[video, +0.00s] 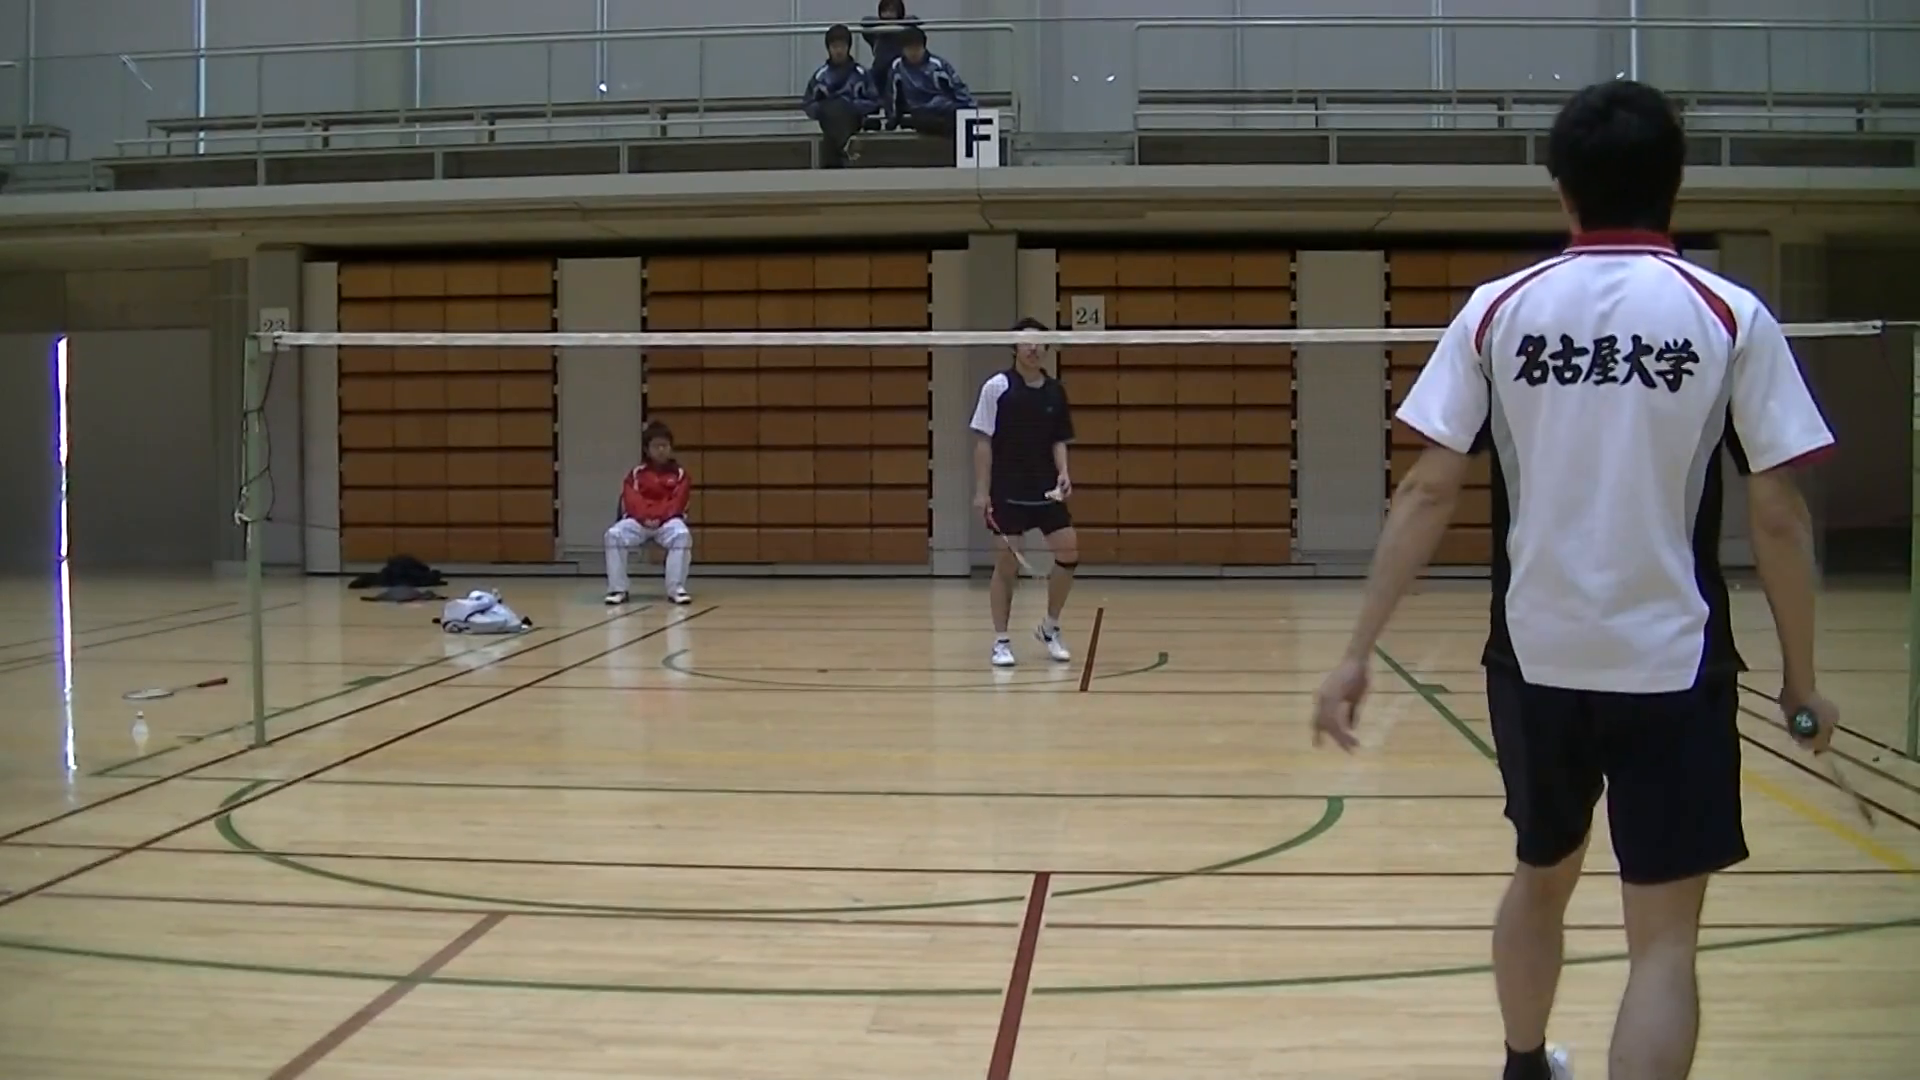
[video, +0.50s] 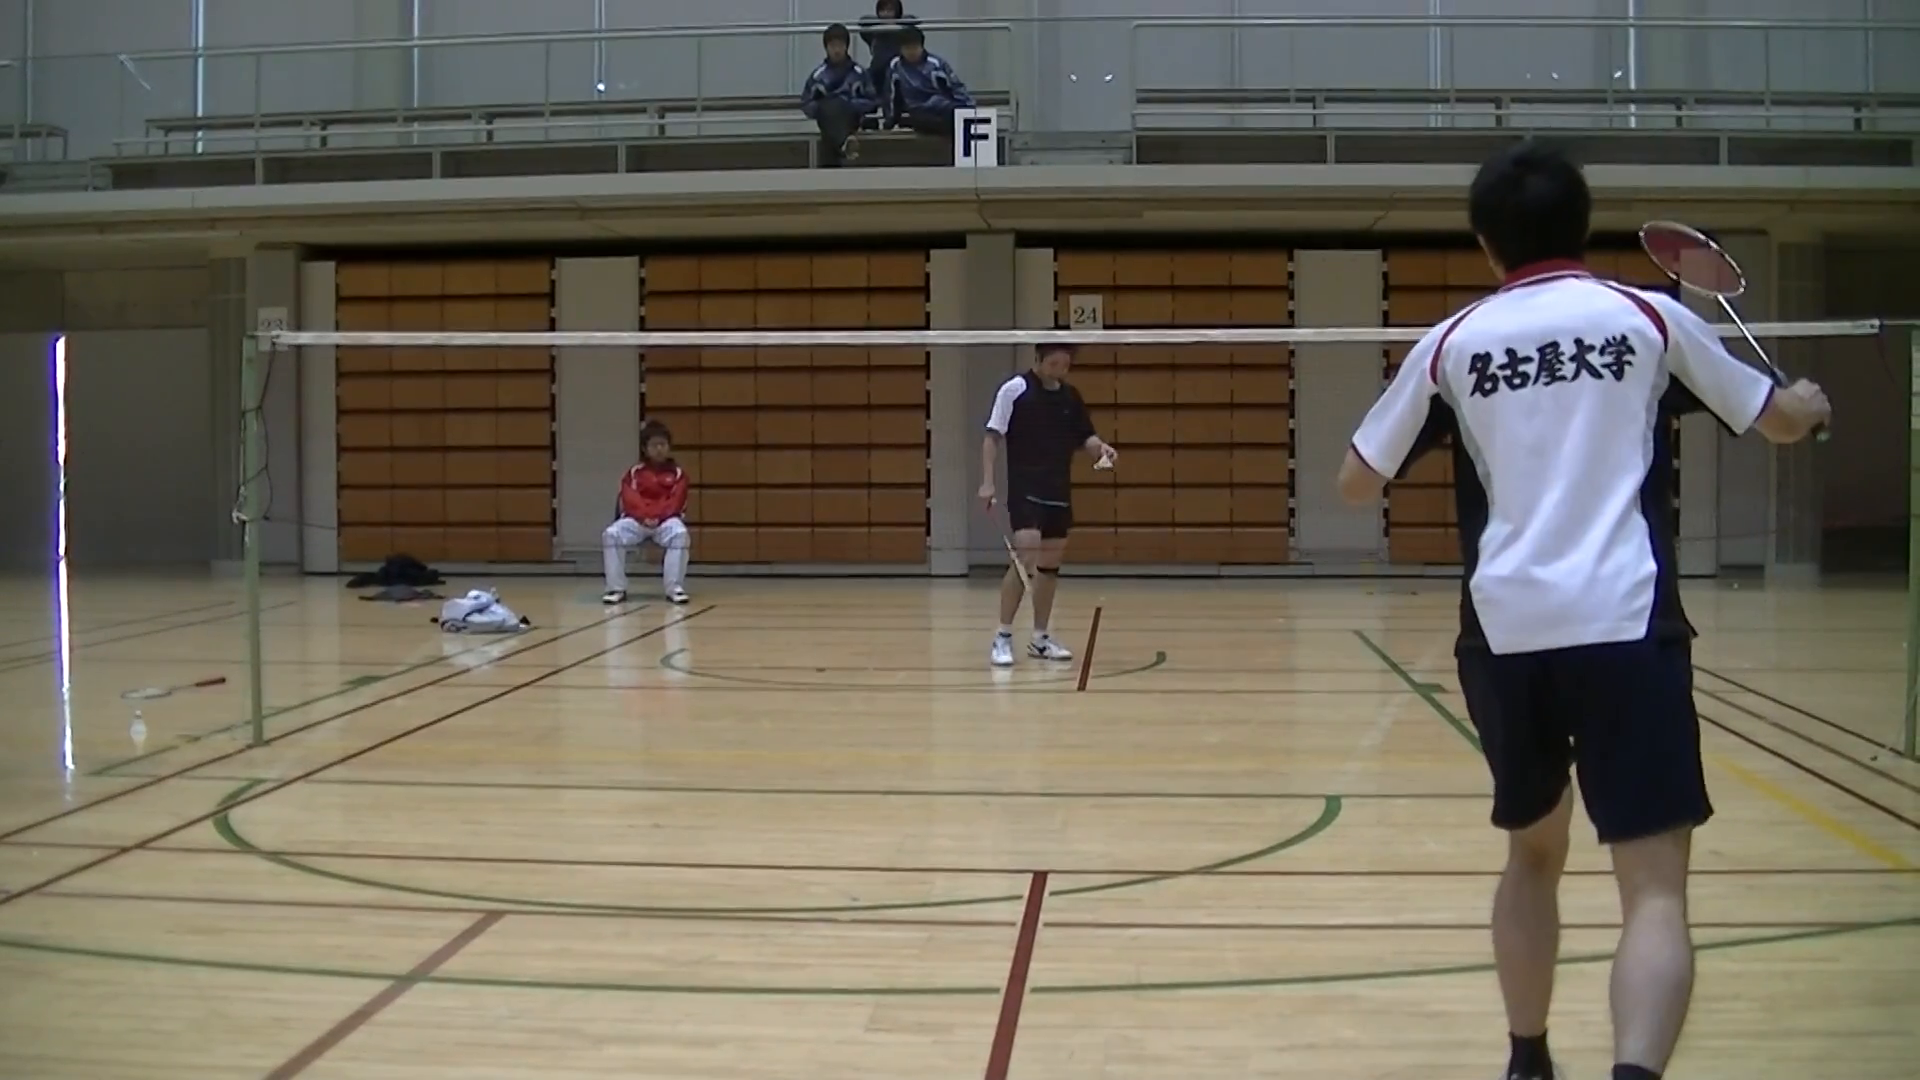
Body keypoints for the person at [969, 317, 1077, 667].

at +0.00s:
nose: (1034, 351)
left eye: (1039, 345)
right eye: (1027, 345)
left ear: (1045, 348)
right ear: (1015, 349)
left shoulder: (1053, 389)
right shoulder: (996, 386)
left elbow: (1058, 438)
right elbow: (983, 440)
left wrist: (1063, 472)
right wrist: (982, 490)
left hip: (1045, 488)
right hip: (1007, 489)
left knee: (1068, 552)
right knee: (1007, 562)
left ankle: (1050, 627)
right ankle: (1001, 641)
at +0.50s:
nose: (1062, 370)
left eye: (1065, 365)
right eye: (1057, 364)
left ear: (1068, 365)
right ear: (1040, 361)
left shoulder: (1069, 395)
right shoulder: (1014, 389)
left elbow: (1086, 436)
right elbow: (992, 437)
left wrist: (1100, 448)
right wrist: (988, 482)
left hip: (1058, 489)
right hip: (1025, 488)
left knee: (1050, 565)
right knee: (1026, 556)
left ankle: (1040, 638)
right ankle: (1003, 638)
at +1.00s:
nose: (1068, 358)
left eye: (1073, 353)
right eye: (1062, 351)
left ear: (1078, 359)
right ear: (1048, 352)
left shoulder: (1082, 398)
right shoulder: (1024, 385)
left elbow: (1105, 432)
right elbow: (992, 425)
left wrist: (1119, 437)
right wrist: (978, 466)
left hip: (1066, 495)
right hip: (1032, 492)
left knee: (1055, 566)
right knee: (1034, 561)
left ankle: (1043, 637)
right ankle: (1028, 645)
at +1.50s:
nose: (1062, 353)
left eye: (1067, 348)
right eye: (1056, 346)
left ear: (1071, 354)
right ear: (1040, 350)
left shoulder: (1075, 395)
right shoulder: (1015, 381)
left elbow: (1100, 419)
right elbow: (969, 402)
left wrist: (1113, 428)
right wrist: (972, 431)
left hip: (1062, 488)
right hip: (1025, 487)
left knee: (1070, 561)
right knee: (1030, 563)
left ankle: (1055, 627)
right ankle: (1026, 646)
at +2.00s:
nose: (1064, 352)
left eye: (1069, 347)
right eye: (1058, 346)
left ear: (1074, 350)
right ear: (1042, 346)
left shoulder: (1078, 391)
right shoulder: (1022, 380)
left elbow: (1098, 435)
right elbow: (995, 414)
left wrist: (1115, 426)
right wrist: (984, 443)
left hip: (1069, 489)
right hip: (1030, 488)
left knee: (1089, 558)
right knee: (1030, 566)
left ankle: (1067, 618)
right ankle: (1027, 645)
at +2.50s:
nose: (1107, 366)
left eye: (1112, 361)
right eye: (1101, 359)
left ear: (1118, 367)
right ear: (1087, 364)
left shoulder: (1115, 405)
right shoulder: (1066, 398)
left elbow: (1109, 454)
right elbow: (1040, 449)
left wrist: (1130, 479)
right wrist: (1030, 499)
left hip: (1094, 492)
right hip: (1061, 490)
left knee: (1105, 564)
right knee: (1069, 549)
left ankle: (1085, 633)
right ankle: (1041, 639)